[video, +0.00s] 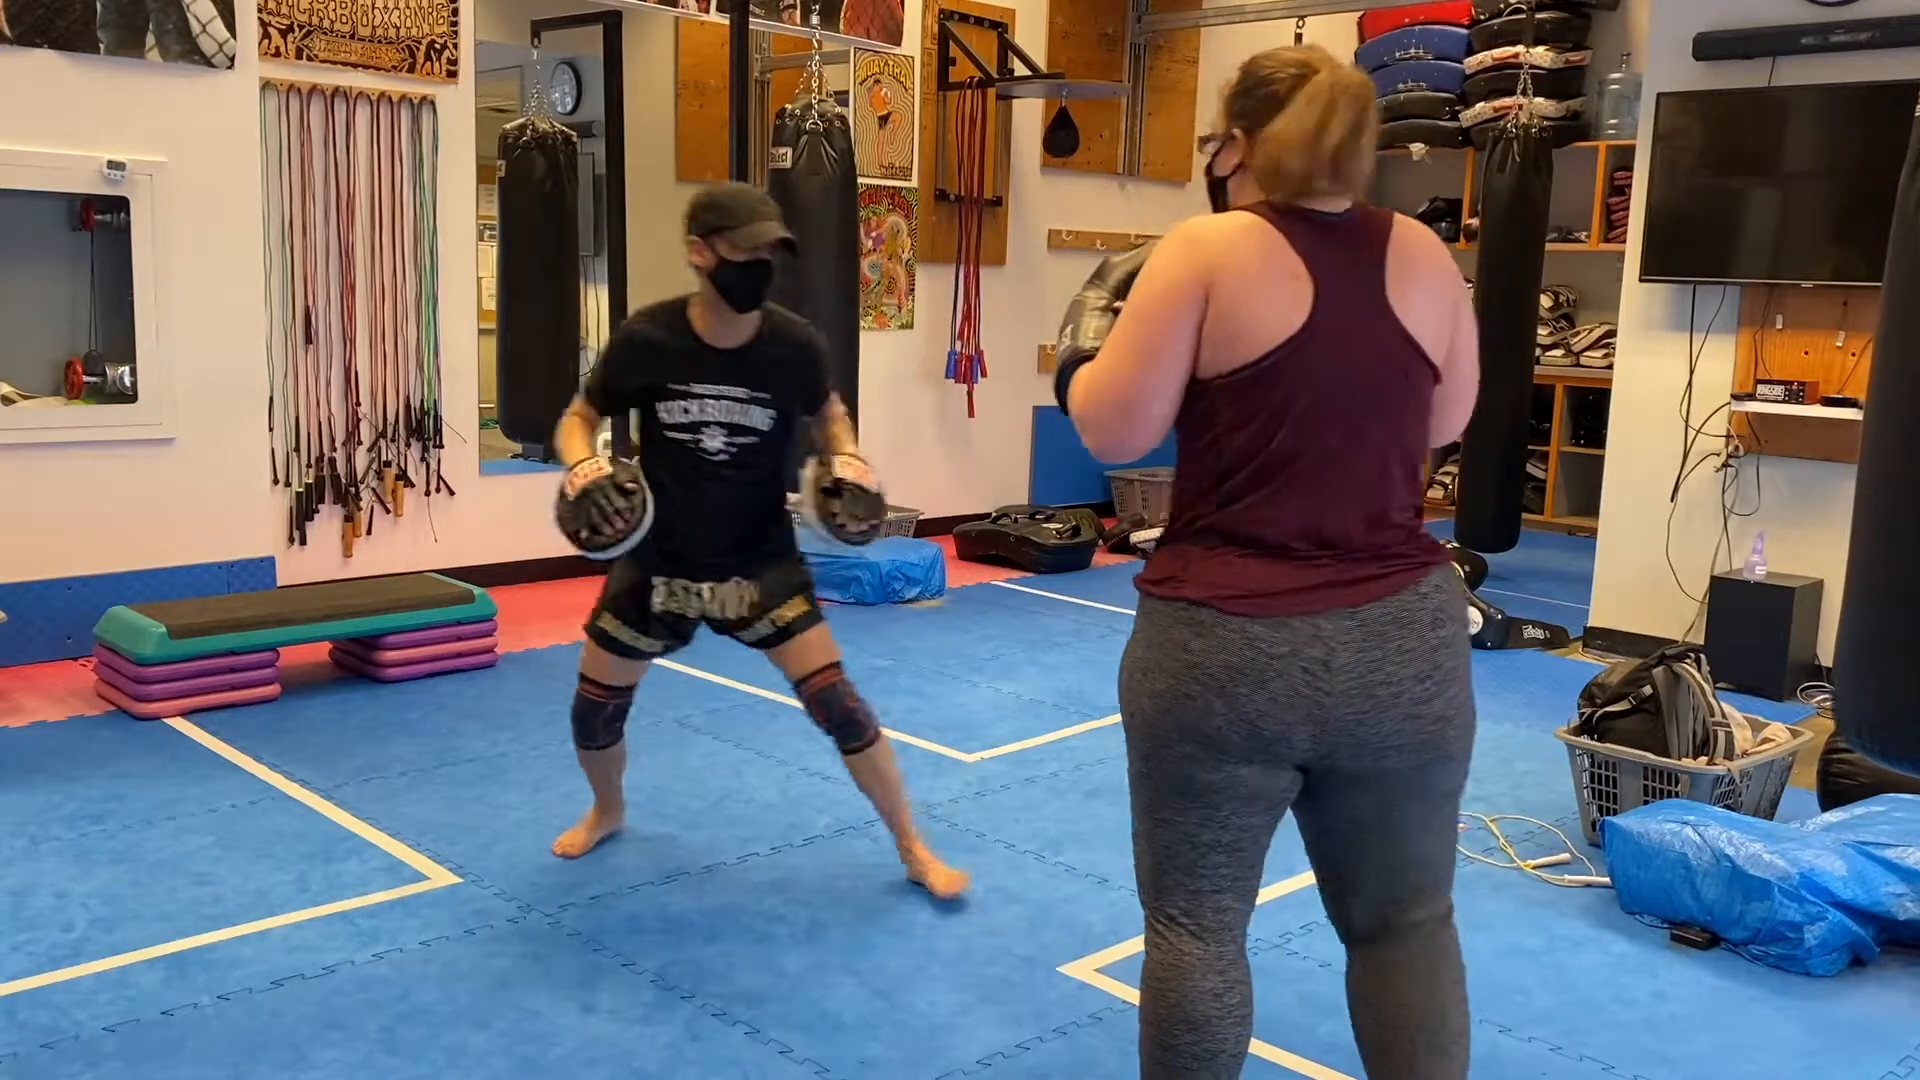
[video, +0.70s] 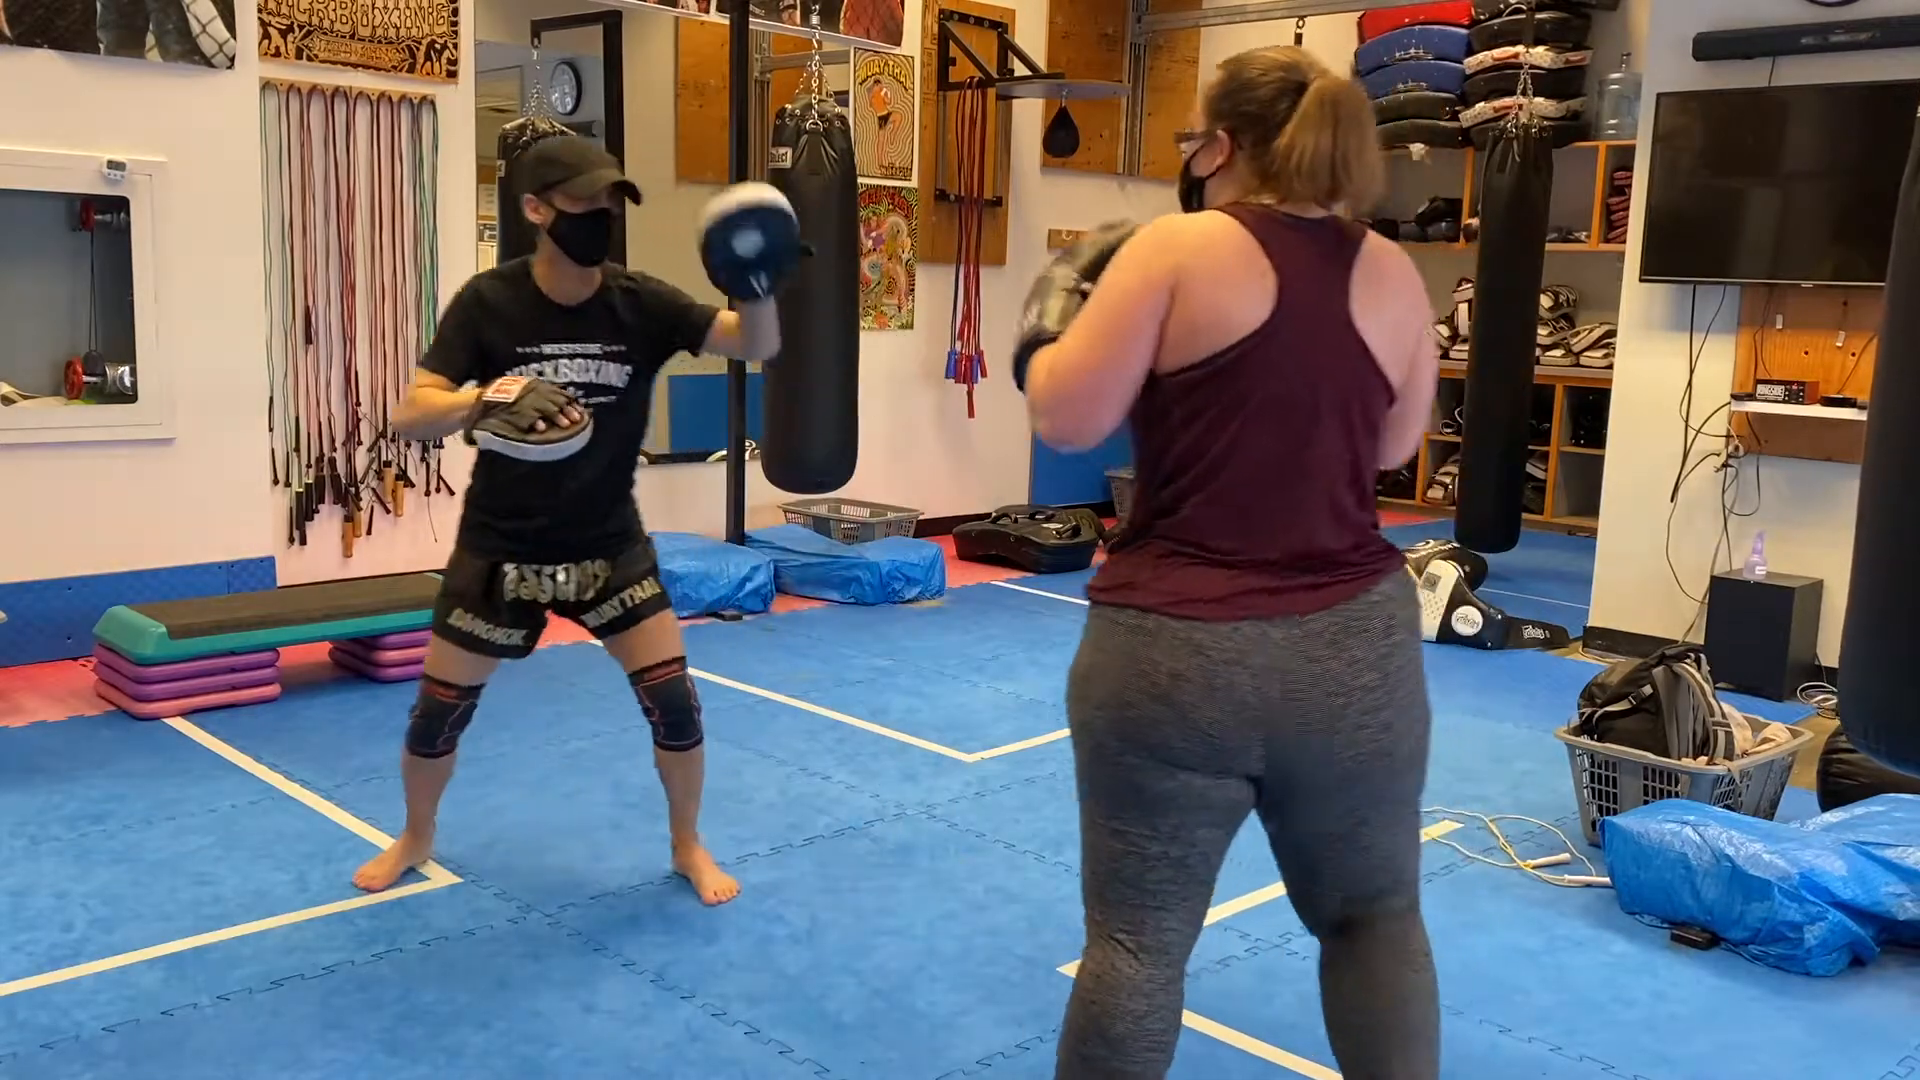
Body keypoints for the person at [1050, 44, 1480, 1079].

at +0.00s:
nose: (1214, 156)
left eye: (1220, 141)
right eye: (1218, 141)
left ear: (1242, 148)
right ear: (1352, 143)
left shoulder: (1202, 250)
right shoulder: (1422, 254)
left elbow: (1113, 430)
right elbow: (1448, 419)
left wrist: (1085, 361)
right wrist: (1336, 391)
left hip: (1218, 647)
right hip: (1402, 646)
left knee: (1194, 928)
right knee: (1405, 920)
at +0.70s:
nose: (1196, 159)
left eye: (1204, 141)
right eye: (1200, 140)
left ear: (1236, 146)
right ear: (1336, 147)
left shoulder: (1172, 250)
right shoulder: (1392, 272)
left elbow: (1066, 417)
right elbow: (1392, 447)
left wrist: (1050, 323)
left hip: (1171, 649)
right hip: (1355, 652)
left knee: (1133, 946)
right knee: (1371, 917)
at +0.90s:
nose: (1135, 193)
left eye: (1141, 173)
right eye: (1135, 173)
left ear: (1173, 174)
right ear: (1262, 168)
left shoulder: (1154, 269)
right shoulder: (1342, 277)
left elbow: (1060, 441)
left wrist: (1026, 354)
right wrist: (1122, 303)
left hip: (1144, 681)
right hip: (1324, 686)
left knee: (1007, 849)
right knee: (1331, 920)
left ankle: (1015, 1067)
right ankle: (1352, 1073)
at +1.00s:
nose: (1098, 213)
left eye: (1103, 194)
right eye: (1098, 195)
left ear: (1134, 194)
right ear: (1229, 184)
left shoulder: (1111, 293)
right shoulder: (1311, 293)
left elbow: (1053, 476)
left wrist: (995, 402)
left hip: (1100, 692)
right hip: (1285, 692)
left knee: (947, 848)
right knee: (1308, 919)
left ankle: (890, 1063)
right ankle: (1346, 1074)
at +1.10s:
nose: (1039, 198)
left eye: (1046, 183)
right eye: (1043, 181)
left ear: (1072, 192)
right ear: (1169, 183)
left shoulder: (1016, 293)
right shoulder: (1245, 294)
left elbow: (936, 445)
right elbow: (1272, 458)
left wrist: (880, 368)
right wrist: (1155, 419)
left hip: (1025, 690)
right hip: (1213, 689)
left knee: (899, 874)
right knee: (1276, 913)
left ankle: (813, 1064)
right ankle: (1336, 1071)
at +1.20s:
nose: (968, 183)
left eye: (974, 171)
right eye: (974, 167)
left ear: (992, 184)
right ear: (1103, 182)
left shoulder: (928, 277)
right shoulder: (1156, 294)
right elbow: (1201, 452)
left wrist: (756, 288)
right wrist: (1099, 418)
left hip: (935, 671)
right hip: (1118, 671)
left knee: (860, 887)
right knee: (1223, 905)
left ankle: (811, 1067)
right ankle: (1308, 1070)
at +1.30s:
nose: (917, 164)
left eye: (924, 150)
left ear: (942, 159)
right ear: (1054, 162)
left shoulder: (880, 246)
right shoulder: (1110, 270)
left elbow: (739, 342)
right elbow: (1136, 438)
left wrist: (742, 293)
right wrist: (1035, 396)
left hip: (880, 652)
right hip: (1062, 653)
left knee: (820, 860)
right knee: (1136, 882)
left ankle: (796, 1067)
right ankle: (1161, 1069)